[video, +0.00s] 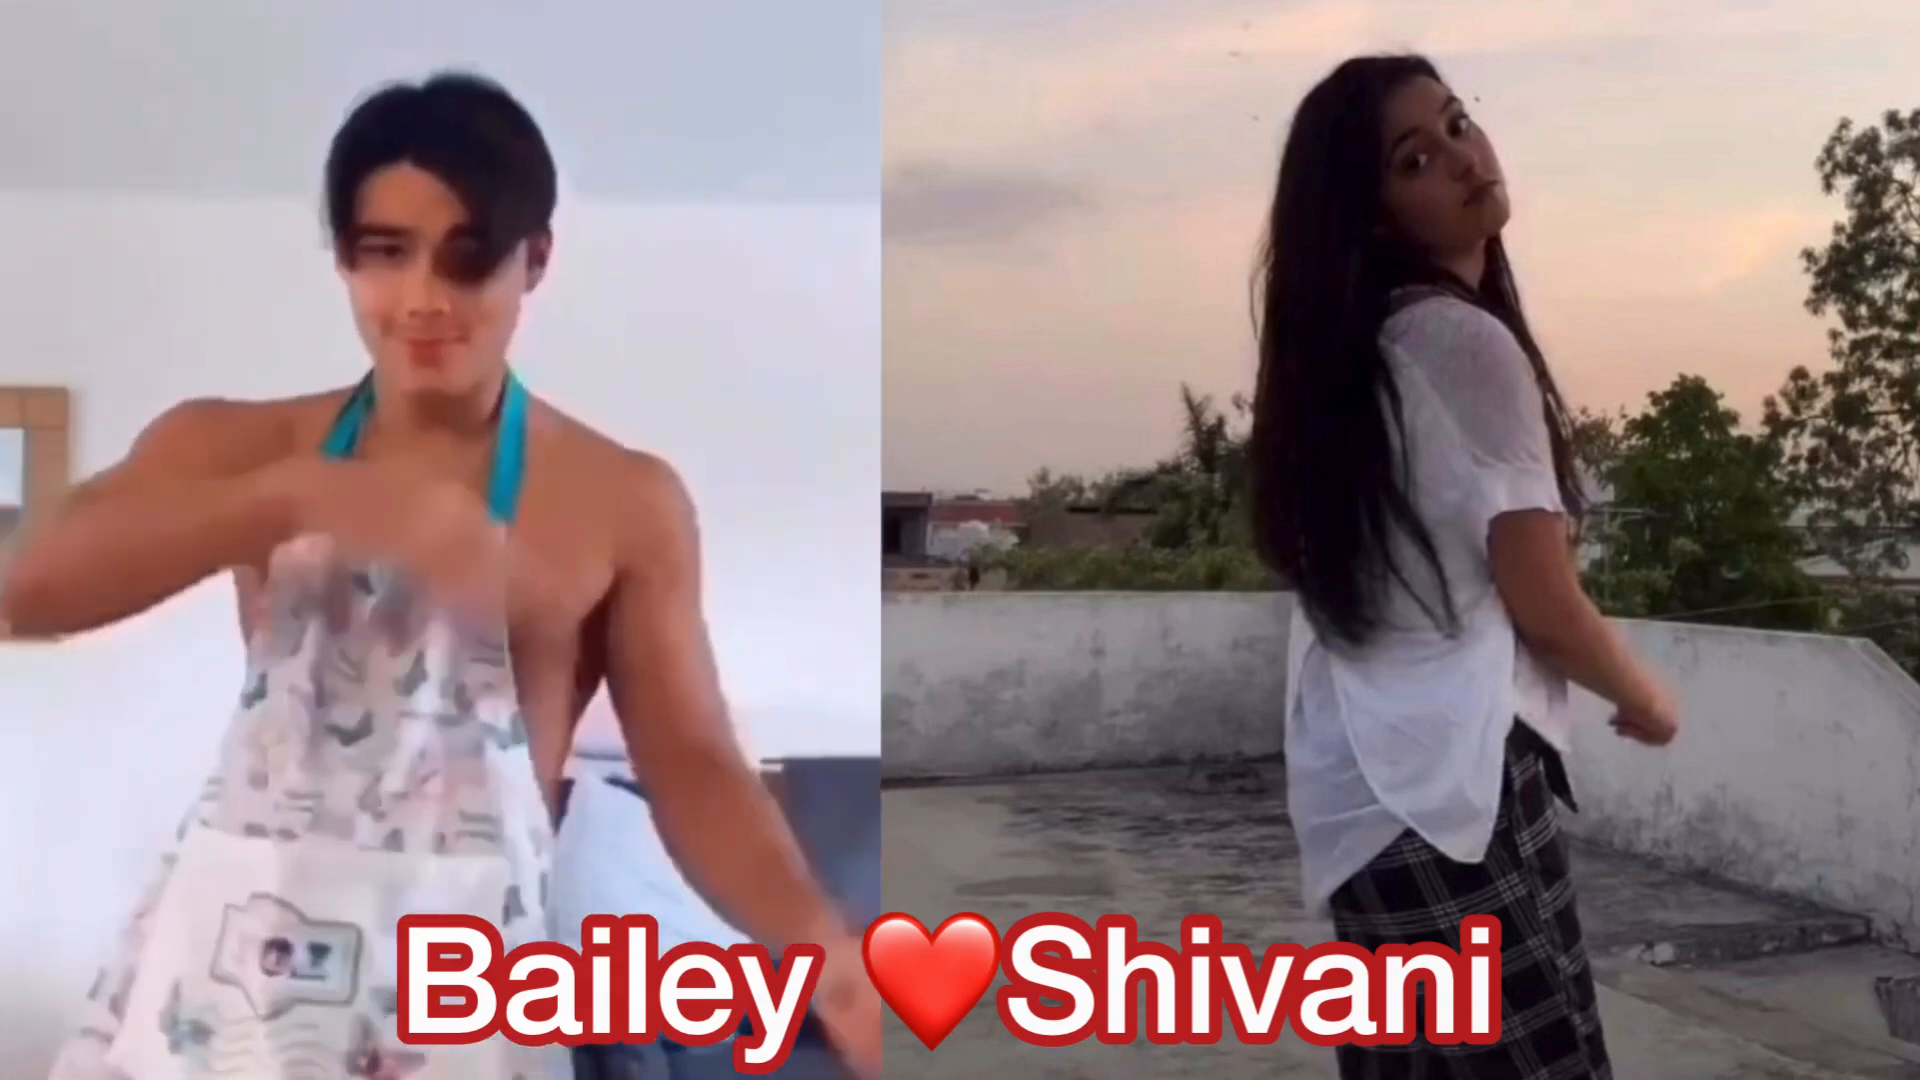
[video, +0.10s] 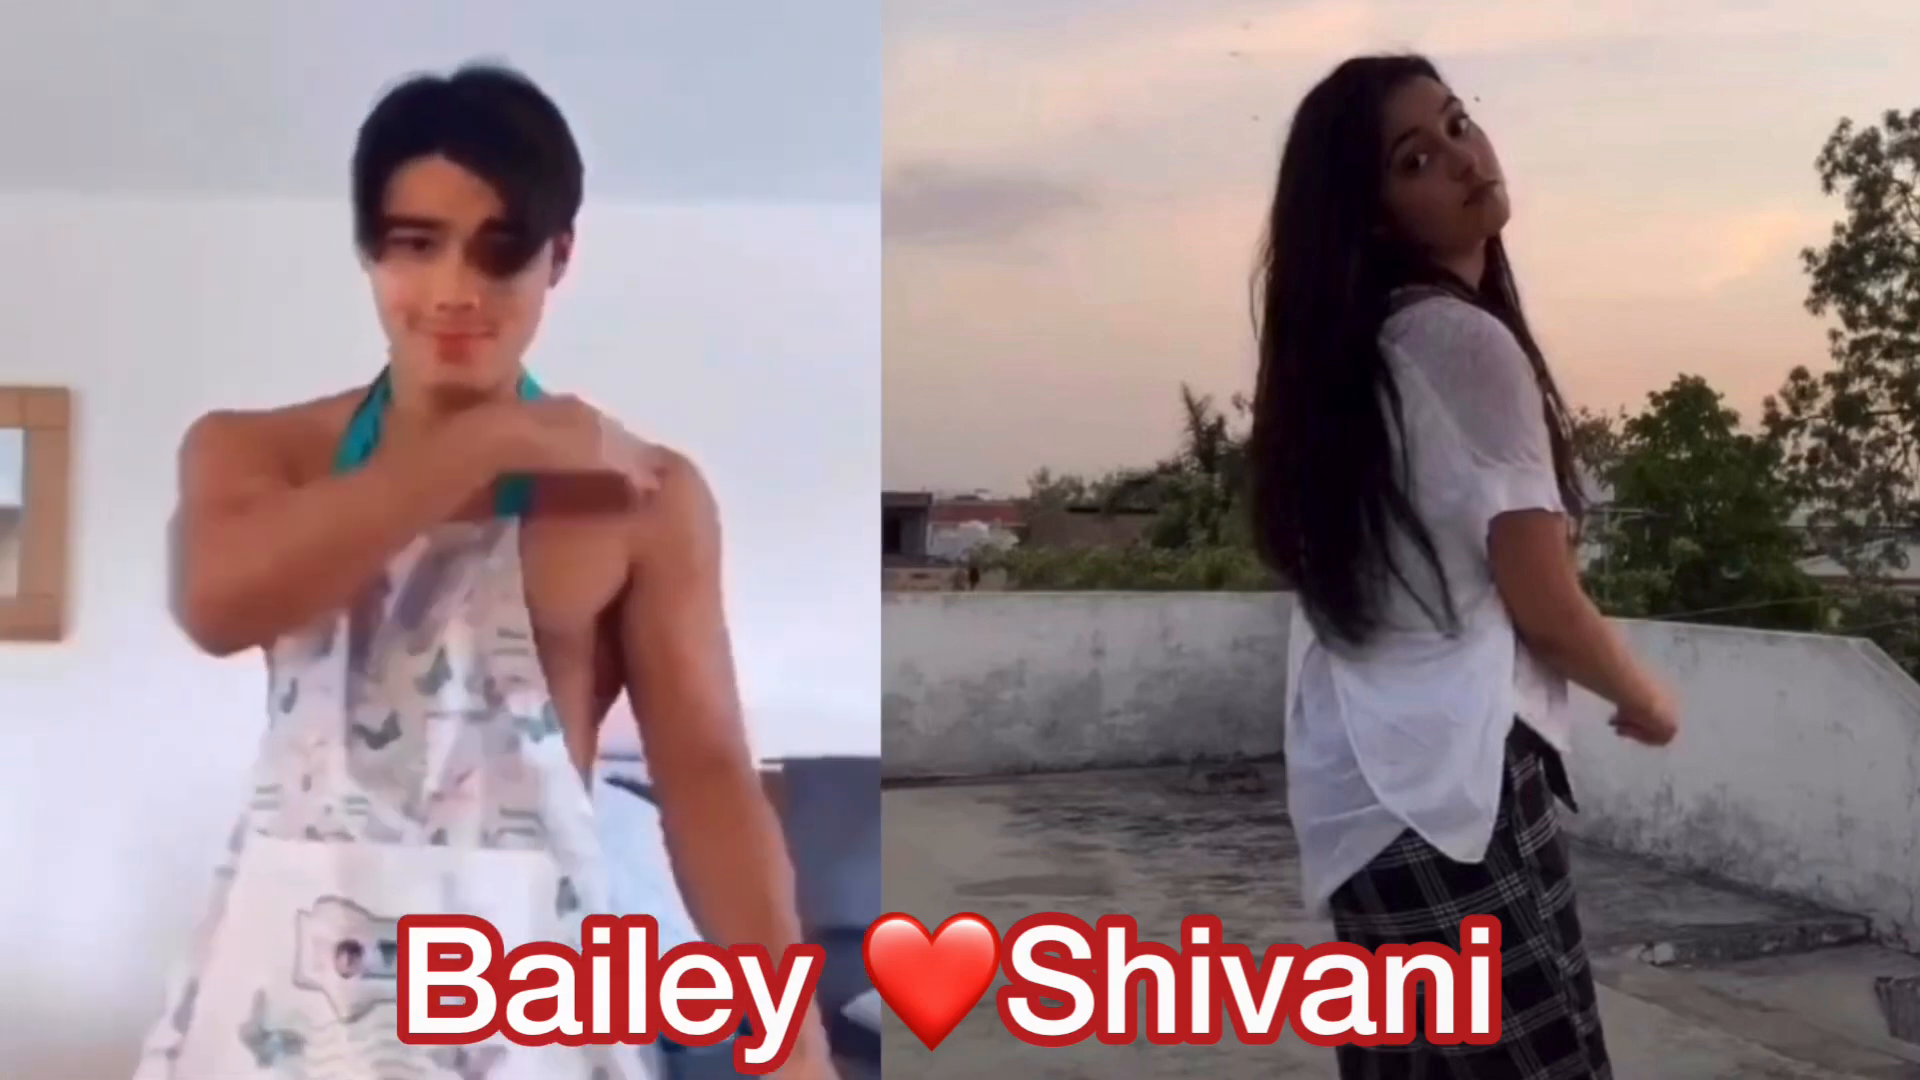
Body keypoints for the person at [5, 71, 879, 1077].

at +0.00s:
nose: (424, 298)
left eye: (470, 257)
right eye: (386, 252)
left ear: (535, 265)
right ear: (343, 262)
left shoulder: (626, 506)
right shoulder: (223, 450)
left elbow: (699, 778)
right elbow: (27, 594)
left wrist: (822, 948)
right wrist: (292, 498)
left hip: (477, 991)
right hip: (242, 970)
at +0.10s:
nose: (452, 292)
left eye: (500, 250)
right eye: (414, 244)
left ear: (559, 260)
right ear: (368, 254)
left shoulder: (641, 495)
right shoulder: (247, 451)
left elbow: (708, 781)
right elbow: (219, 602)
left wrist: (792, 1035)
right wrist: (486, 439)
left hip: (528, 996)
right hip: (284, 983)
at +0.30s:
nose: (534, 303)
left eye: (580, 261)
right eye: (493, 258)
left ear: (636, 271)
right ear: (444, 268)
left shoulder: (742, 492)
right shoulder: (337, 467)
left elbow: (812, 773)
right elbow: (237, 601)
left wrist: (858, 1042)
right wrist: (547, 493)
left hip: (690, 1005)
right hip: (434, 1004)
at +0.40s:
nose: (561, 294)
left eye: (610, 250)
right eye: (518, 247)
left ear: (667, 256)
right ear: (473, 254)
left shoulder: (781, 474)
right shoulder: (371, 460)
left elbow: (855, 763)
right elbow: (104, 542)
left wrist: (870, 983)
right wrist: (393, 469)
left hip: (724, 980)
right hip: (475, 999)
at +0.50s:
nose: (578, 291)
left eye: (624, 246)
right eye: (533, 245)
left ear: (682, 258)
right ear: (486, 255)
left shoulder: (784, 474)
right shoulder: (384, 453)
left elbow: (845, 759)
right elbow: (110, 621)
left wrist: (861, 990)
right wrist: (295, 476)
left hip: (745, 983)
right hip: (488, 996)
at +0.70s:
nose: (563, 291)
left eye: (609, 247)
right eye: (523, 245)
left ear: (669, 260)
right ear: (473, 256)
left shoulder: (761, 507)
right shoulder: (362, 466)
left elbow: (780, 780)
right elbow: (219, 723)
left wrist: (830, 1022)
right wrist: (243, 470)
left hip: (690, 1001)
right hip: (432, 996)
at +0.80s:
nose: (550, 281)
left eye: (597, 237)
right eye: (506, 231)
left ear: (657, 243)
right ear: (458, 234)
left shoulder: (746, 483)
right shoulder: (347, 410)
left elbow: (775, 757)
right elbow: (75, 455)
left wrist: (808, 1009)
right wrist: (194, 191)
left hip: (667, 1001)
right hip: (403, 999)